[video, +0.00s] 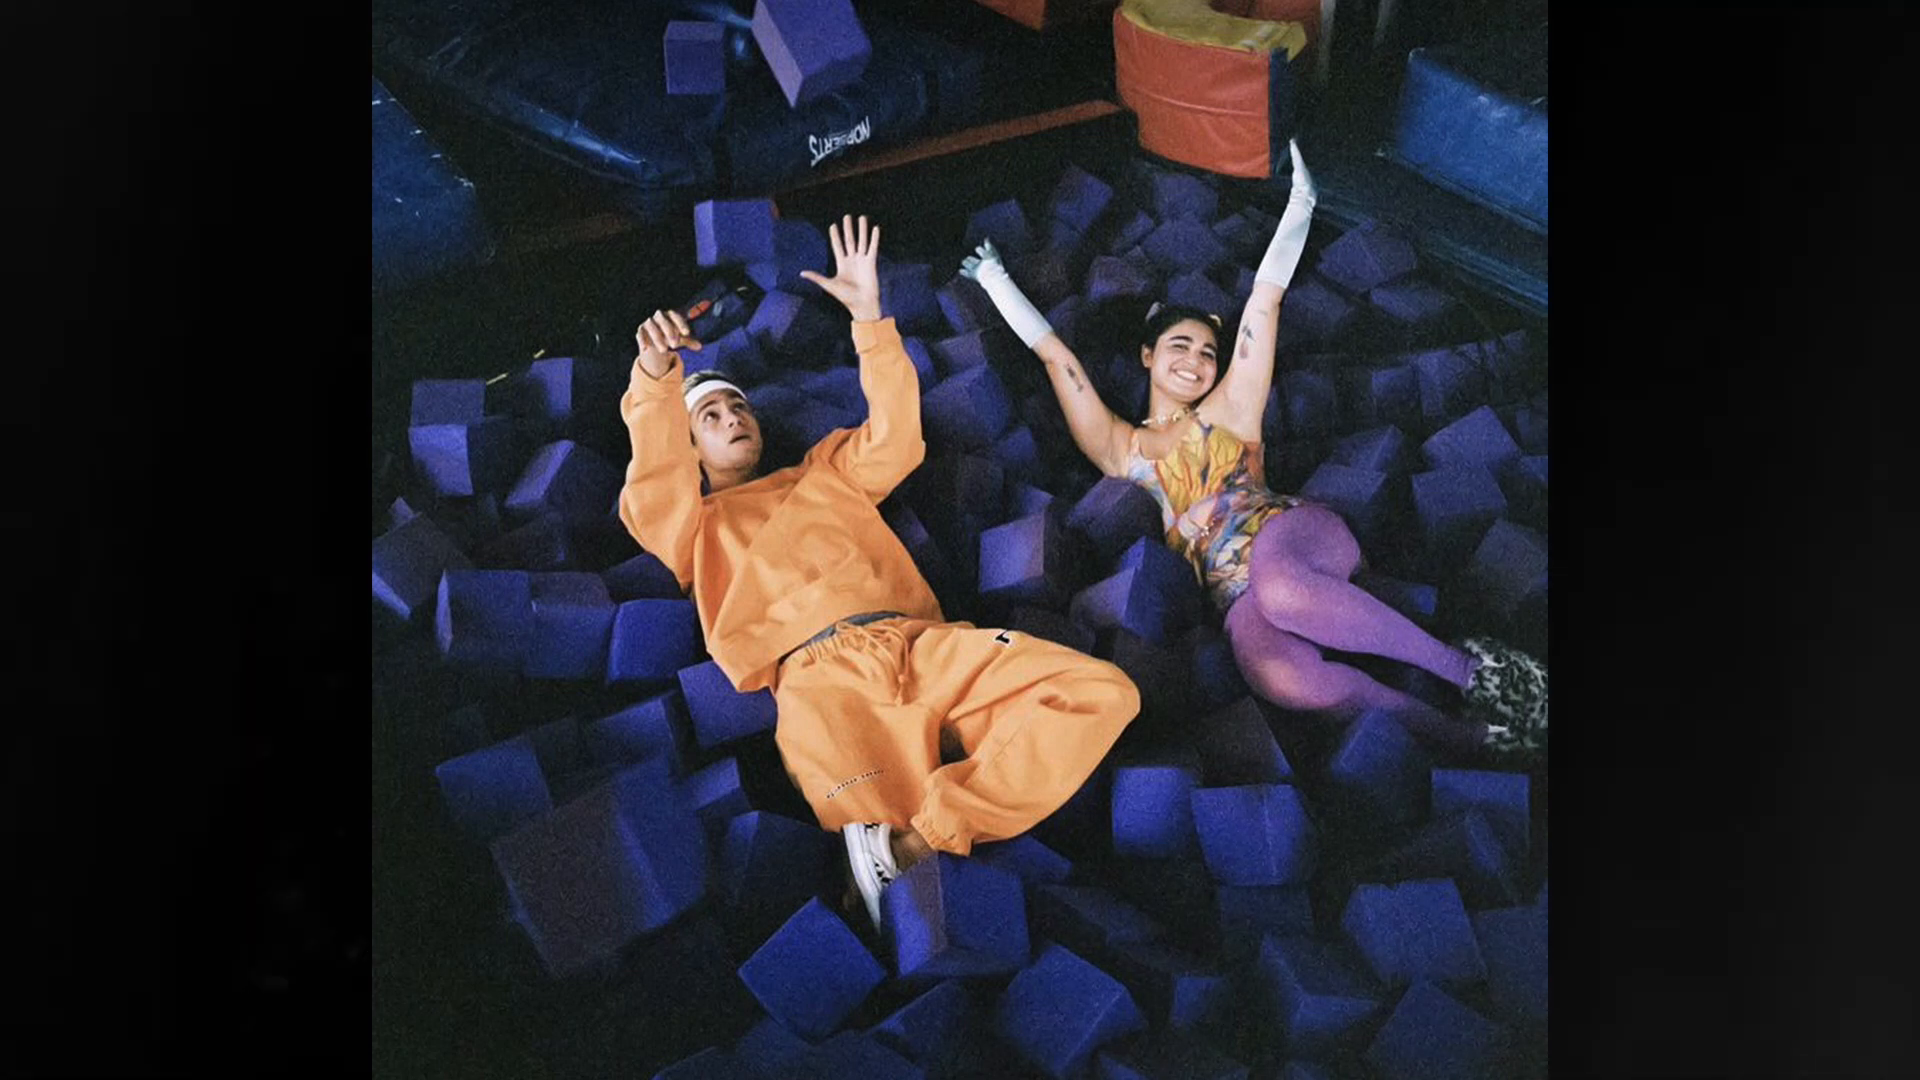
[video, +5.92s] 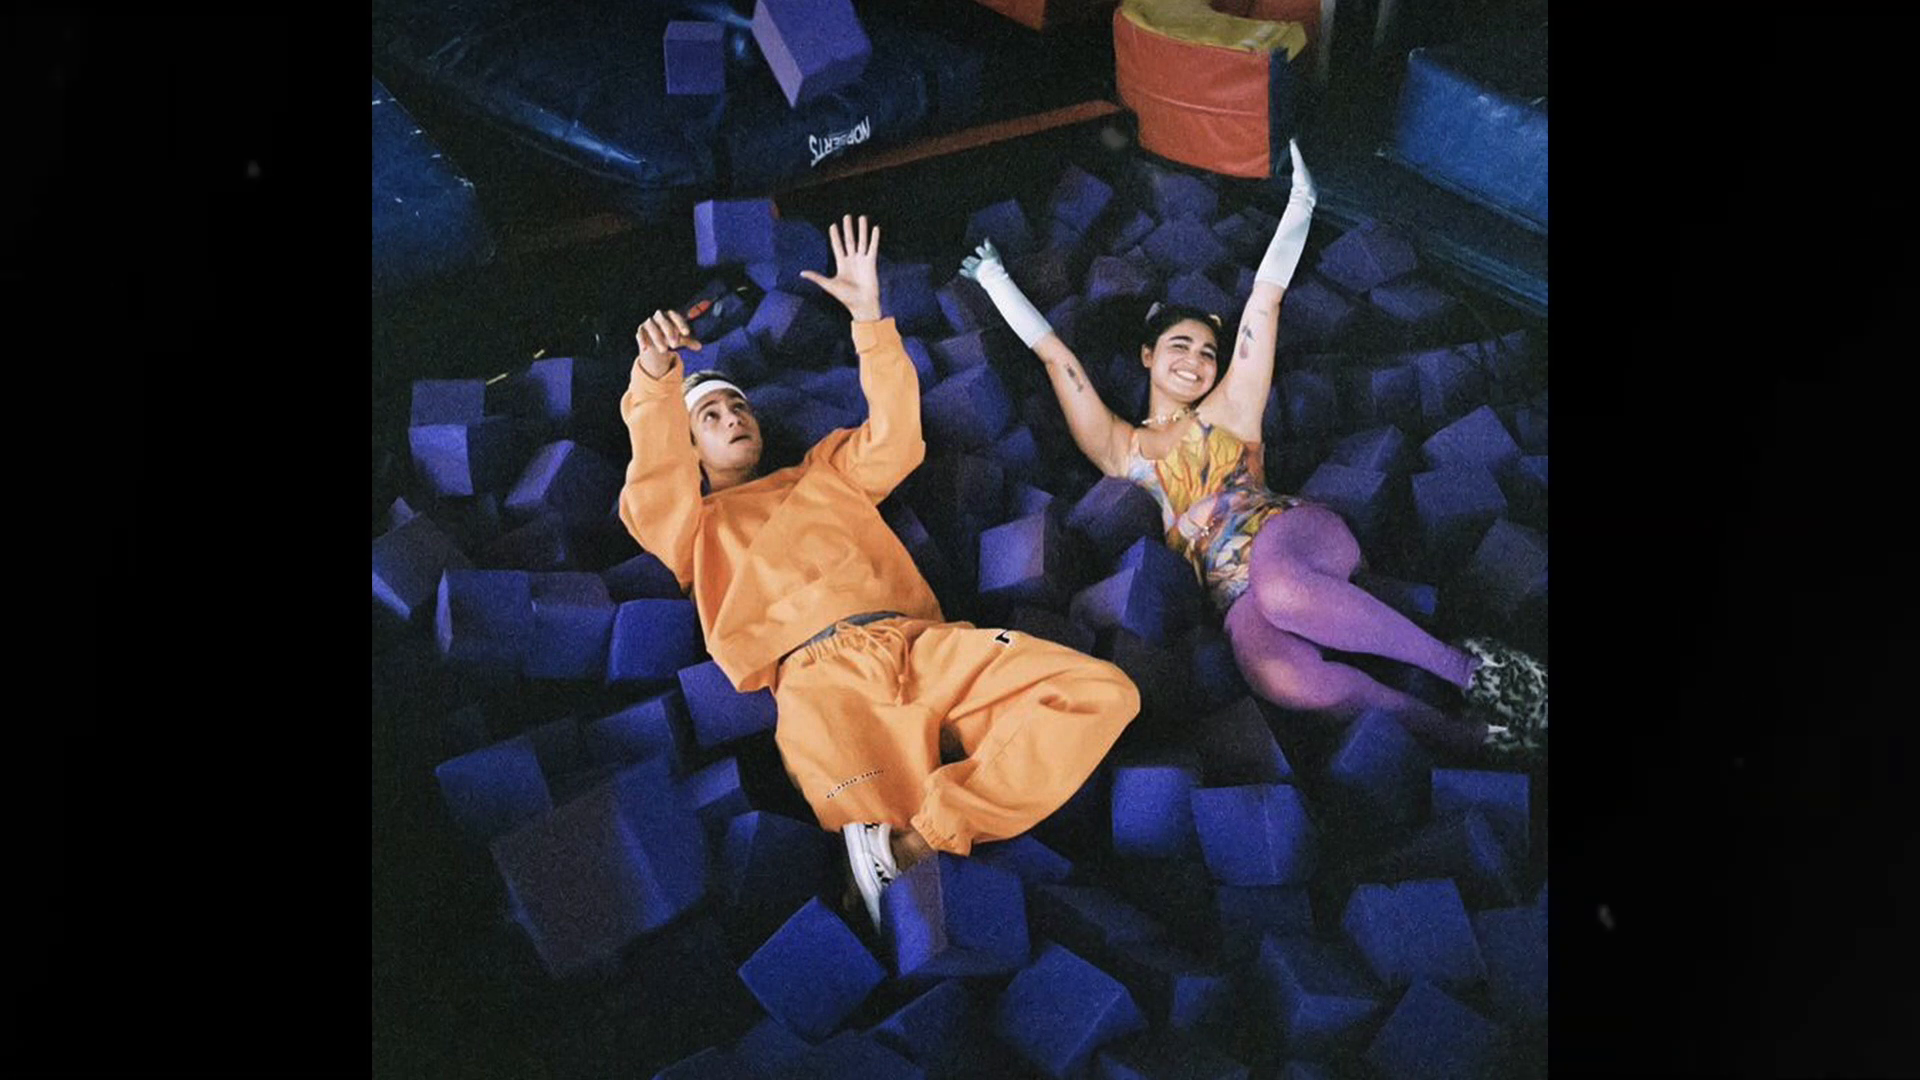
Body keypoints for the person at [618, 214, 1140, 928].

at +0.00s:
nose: (730, 418)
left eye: (738, 407)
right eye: (709, 415)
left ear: (761, 426)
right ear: (688, 449)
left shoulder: (827, 468)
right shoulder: (696, 525)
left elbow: (895, 435)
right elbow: (654, 477)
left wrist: (868, 317)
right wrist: (655, 374)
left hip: (917, 640)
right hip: (819, 673)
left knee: (1094, 693)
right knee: (880, 826)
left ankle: (915, 841)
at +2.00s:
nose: (730, 418)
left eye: (738, 407)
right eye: (709, 415)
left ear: (761, 426)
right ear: (688, 448)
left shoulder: (827, 468)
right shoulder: (695, 525)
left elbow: (895, 435)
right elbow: (654, 477)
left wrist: (868, 317)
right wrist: (655, 373)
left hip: (918, 640)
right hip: (819, 673)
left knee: (1094, 692)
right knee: (881, 828)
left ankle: (917, 841)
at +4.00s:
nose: (731, 418)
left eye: (738, 407)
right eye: (709, 415)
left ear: (760, 425)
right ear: (688, 449)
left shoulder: (827, 468)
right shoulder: (696, 525)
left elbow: (895, 436)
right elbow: (655, 476)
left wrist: (868, 317)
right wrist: (655, 373)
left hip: (918, 641)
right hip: (820, 673)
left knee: (1094, 692)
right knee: (883, 831)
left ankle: (916, 841)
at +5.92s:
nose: (731, 418)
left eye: (738, 407)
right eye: (709, 415)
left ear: (760, 425)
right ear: (688, 449)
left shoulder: (827, 468)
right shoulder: (696, 525)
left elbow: (895, 436)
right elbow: (655, 476)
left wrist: (868, 317)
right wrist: (655, 373)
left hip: (918, 641)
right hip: (820, 673)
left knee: (1094, 692)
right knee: (883, 831)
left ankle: (916, 841)